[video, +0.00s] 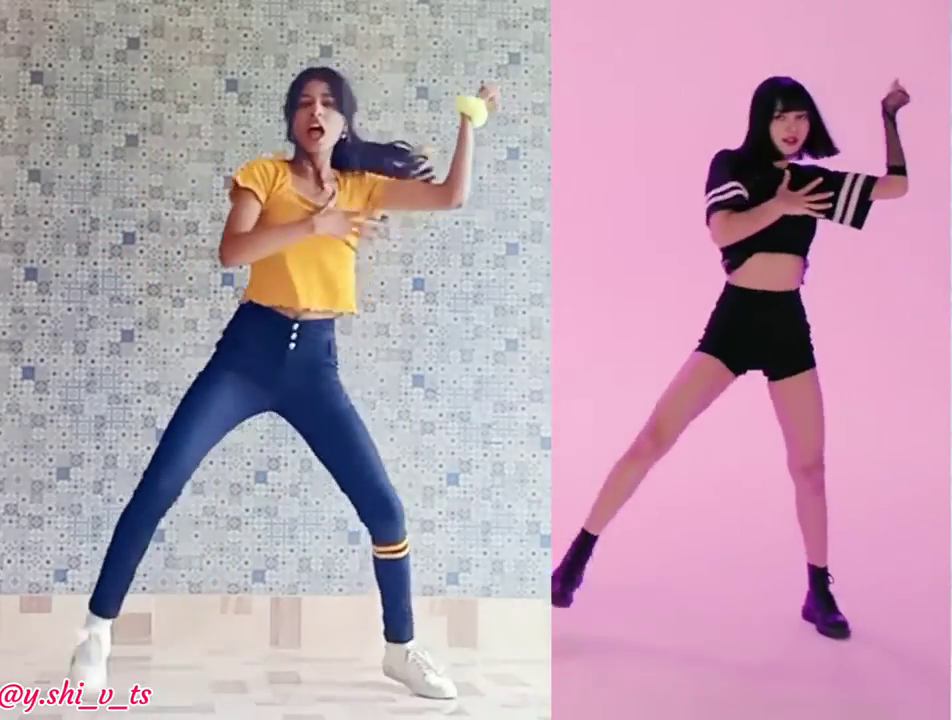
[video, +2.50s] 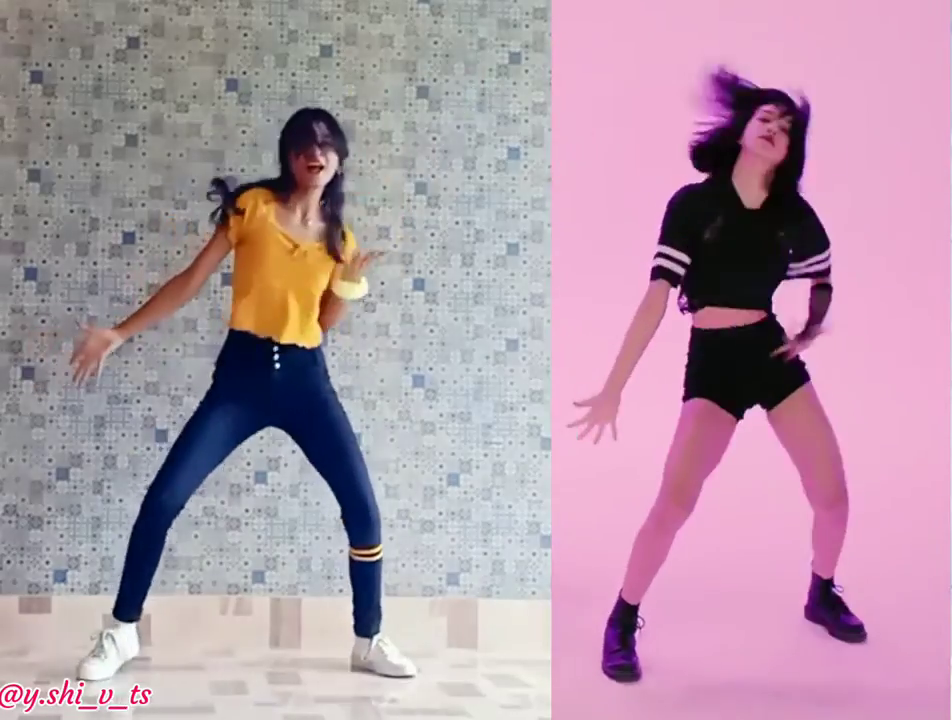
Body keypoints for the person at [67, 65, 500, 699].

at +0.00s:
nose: (314, 113)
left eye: (327, 104)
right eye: (304, 104)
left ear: (346, 120)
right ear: (289, 118)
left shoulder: (362, 186)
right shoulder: (263, 174)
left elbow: (450, 194)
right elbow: (232, 251)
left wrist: (468, 124)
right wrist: (316, 222)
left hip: (315, 370)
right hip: (245, 360)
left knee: (385, 510)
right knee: (159, 485)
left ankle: (401, 649)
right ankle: (95, 637)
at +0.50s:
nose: (280, 134)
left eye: (290, 126)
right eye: (267, 124)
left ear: (303, 138)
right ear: (246, 135)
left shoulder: (321, 197)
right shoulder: (231, 196)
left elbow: (415, 200)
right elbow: (231, 278)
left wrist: (429, 130)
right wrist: (304, 231)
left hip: (294, 387)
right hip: (230, 379)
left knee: (393, 505)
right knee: (166, 522)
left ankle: (389, 660)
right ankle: (95, 661)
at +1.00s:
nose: (261, 127)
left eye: (274, 117)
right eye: (250, 116)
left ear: (291, 129)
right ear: (236, 126)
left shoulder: (315, 184)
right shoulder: (217, 196)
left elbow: (408, 176)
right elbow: (174, 292)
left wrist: (428, 102)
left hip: (289, 377)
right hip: (223, 370)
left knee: (382, 502)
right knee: (160, 517)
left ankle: (390, 658)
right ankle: (95, 661)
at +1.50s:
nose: (305, 150)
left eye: (321, 152)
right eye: (303, 138)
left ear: (335, 175)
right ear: (285, 143)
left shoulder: (334, 222)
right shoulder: (233, 214)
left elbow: (434, 209)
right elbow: (180, 300)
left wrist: (466, 137)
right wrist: (123, 363)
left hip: (312, 400)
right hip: (243, 406)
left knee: (380, 533)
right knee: (151, 510)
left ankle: (410, 653)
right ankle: (131, 663)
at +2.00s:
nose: (264, 161)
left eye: (280, 158)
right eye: (258, 148)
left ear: (291, 176)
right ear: (240, 155)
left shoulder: (304, 212)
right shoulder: (205, 232)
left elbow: (391, 193)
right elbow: (143, 305)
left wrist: (394, 122)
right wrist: (68, 354)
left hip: (285, 400)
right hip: (214, 397)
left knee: (372, 505)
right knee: (152, 515)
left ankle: (380, 658)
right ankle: (112, 648)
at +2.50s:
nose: (315, 155)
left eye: (326, 147)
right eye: (305, 146)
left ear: (340, 159)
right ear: (287, 153)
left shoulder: (339, 236)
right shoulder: (251, 206)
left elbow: (326, 321)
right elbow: (189, 282)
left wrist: (347, 281)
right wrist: (117, 333)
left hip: (306, 382)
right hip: (240, 378)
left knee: (364, 509)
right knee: (162, 499)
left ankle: (369, 640)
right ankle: (122, 631)